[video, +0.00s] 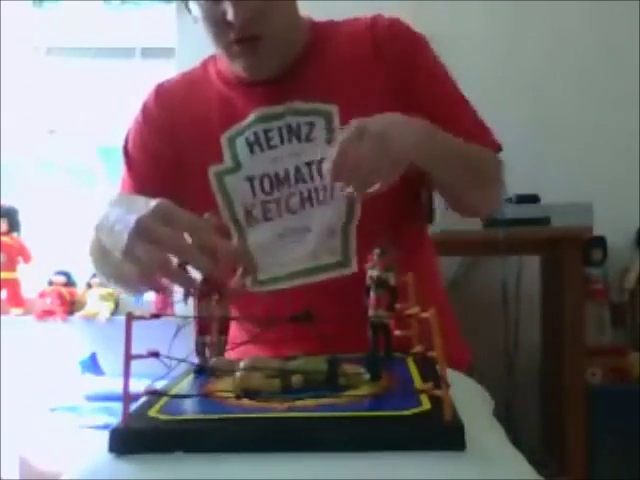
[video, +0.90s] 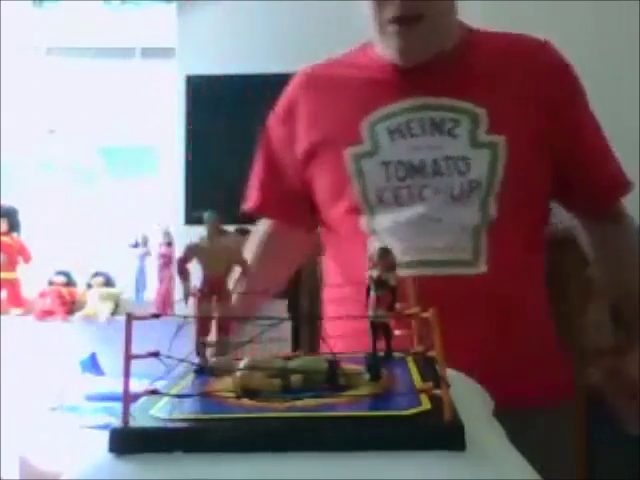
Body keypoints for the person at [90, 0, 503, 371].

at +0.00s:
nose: (233, 15)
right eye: (212, 0)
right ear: (193, 8)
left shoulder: (382, 50)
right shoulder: (169, 111)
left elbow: (484, 195)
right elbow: (130, 270)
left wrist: (415, 140)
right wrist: (116, 229)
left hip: (405, 372)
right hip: (252, 384)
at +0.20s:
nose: (240, 14)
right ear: (192, 7)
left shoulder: (386, 49)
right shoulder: (170, 113)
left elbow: (491, 153)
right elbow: (144, 289)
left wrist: (462, 182)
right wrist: (103, 251)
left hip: (411, 367)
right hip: (254, 384)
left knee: (503, 473)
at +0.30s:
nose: (249, 12)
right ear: (201, 8)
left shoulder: (393, 50)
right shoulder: (179, 114)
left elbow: (484, 159)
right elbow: (149, 282)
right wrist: (90, 260)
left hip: (417, 370)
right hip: (268, 391)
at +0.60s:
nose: (276, 14)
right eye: (258, 2)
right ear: (239, 6)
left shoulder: (425, 52)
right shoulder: (207, 105)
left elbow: (502, 182)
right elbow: (169, 252)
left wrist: (555, 298)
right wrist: (67, 336)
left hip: (440, 384)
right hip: (289, 398)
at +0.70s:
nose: (312, 8)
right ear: (278, 1)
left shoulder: (460, 57)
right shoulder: (236, 100)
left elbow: (535, 192)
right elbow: (187, 252)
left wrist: (590, 304)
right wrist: (115, 354)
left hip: (463, 391)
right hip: (318, 402)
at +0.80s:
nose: (352, 8)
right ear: (319, 3)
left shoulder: (492, 62)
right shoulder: (273, 97)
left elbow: (566, 201)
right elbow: (238, 243)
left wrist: (609, 309)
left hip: (492, 399)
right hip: (342, 408)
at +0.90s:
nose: (399, 5)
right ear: (363, 2)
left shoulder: (533, 70)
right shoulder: (312, 93)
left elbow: (604, 217)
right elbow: (287, 221)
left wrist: (630, 339)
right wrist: (236, 306)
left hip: (519, 405)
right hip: (366, 413)